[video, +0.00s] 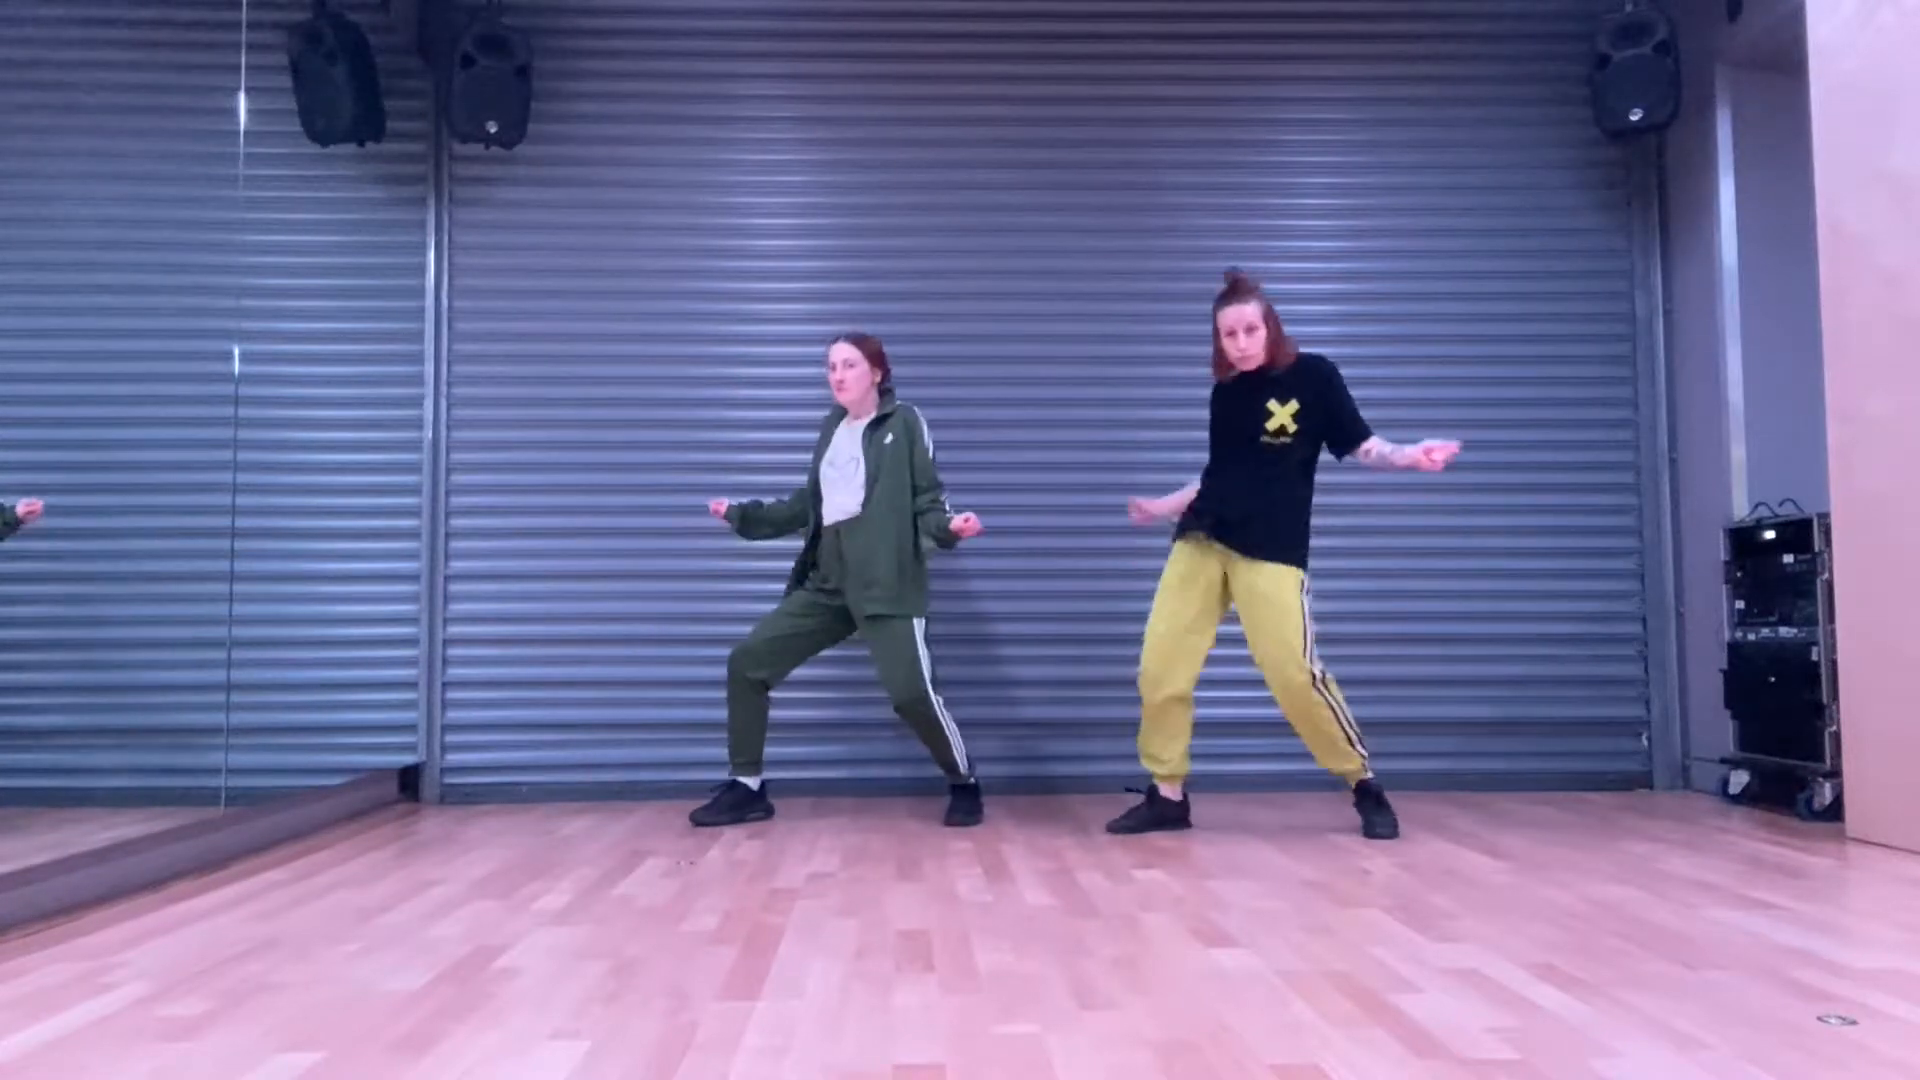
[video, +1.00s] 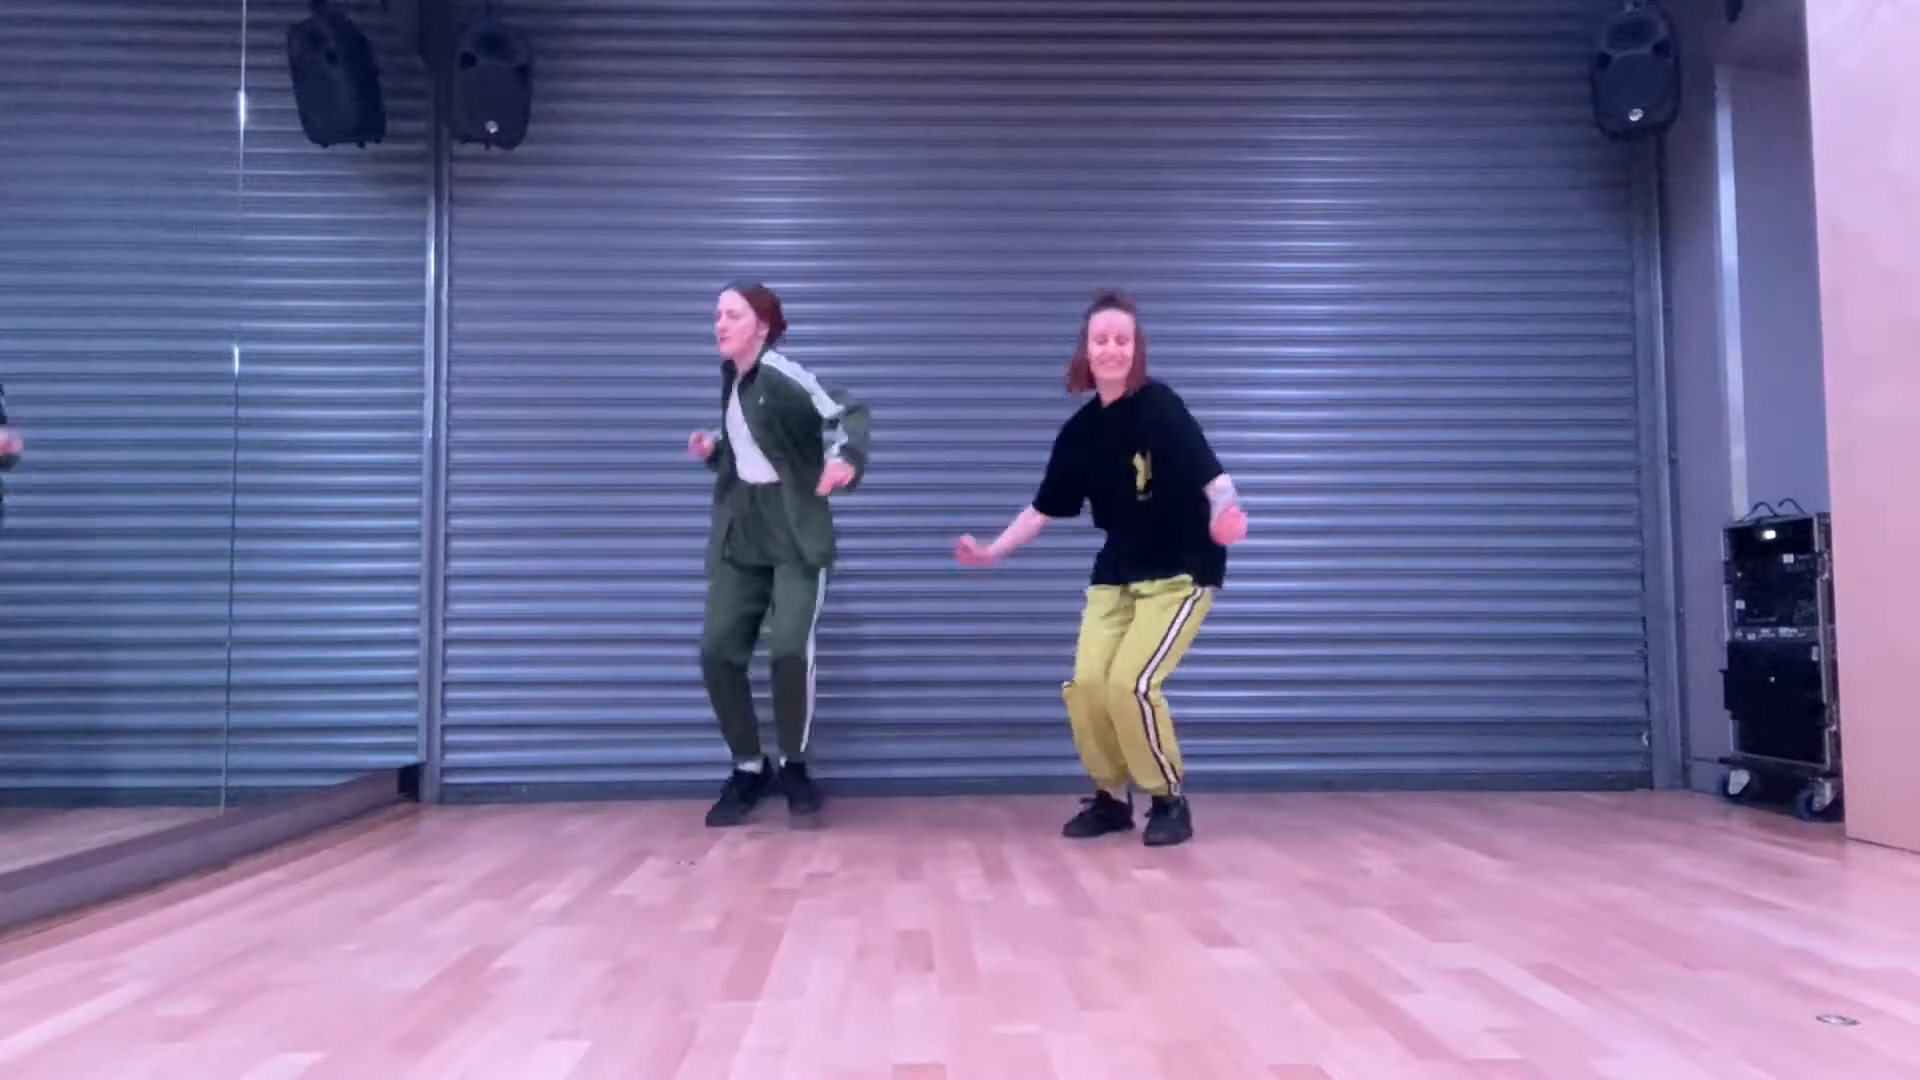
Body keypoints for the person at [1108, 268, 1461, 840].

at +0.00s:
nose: (1240, 344)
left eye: (1250, 330)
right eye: (1229, 334)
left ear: (1271, 328)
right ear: (1218, 339)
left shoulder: (1314, 378)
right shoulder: (1225, 394)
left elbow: (1360, 447)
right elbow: (1219, 481)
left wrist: (1411, 457)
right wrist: (1163, 507)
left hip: (1268, 551)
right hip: (1200, 540)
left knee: (1292, 678)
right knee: (1162, 668)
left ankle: (1364, 790)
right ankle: (1167, 798)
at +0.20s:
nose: (1191, 319)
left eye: (1201, 306)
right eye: (1180, 308)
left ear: (1219, 306)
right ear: (1167, 311)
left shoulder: (1246, 337)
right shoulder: (1172, 363)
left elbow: (1296, 388)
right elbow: (1151, 435)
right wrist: (1095, 470)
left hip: (1286, 531)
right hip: (1217, 534)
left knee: (1311, 664)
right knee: (1168, 645)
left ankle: (1370, 785)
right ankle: (1181, 784)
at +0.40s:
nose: (1168, 293)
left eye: (1179, 283)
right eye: (1158, 282)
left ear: (1193, 289)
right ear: (1141, 289)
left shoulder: (1202, 344)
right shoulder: (1132, 367)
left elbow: (1217, 418)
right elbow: (1130, 457)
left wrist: (1222, 470)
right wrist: (1105, 523)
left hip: (1244, 523)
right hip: (1180, 537)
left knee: (1300, 645)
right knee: (1192, 666)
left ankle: (1365, 775)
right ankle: (1179, 797)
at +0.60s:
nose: (1140, 332)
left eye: (1150, 319)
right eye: (1129, 321)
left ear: (1172, 313)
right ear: (1117, 321)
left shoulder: (1210, 353)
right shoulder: (1140, 374)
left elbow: (1258, 417)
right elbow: (1148, 447)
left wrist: (1285, 460)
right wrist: (1114, 487)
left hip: (1169, 536)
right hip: (1120, 540)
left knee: (1176, 664)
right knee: (1141, 668)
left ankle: (1267, 781)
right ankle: (1169, 799)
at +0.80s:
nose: (1112, 347)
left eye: (1122, 335)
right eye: (1102, 336)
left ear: (1141, 337)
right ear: (1087, 340)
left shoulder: (1165, 382)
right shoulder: (1088, 399)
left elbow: (1219, 437)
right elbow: (1077, 467)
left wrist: (1230, 471)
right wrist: (1029, 516)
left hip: (1194, 556)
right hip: (1132, 555)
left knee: (1137, 653)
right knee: (1072, 639)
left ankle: (1188, 775)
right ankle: (1116, 765)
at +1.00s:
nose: (1111, 350)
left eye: (1122, 340)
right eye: (1101, 339)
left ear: (1137, 348)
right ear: (1085, 350)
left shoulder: (1161, 408)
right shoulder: (1079, 430)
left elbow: (1215, 484)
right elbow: (1043, 509)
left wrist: (1224, 519)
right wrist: (992, 552)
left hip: (1181, 573)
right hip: (1116, 575)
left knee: (1128, 683)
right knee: (1086, 684)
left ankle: (1168, 802)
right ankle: (1111, 801)